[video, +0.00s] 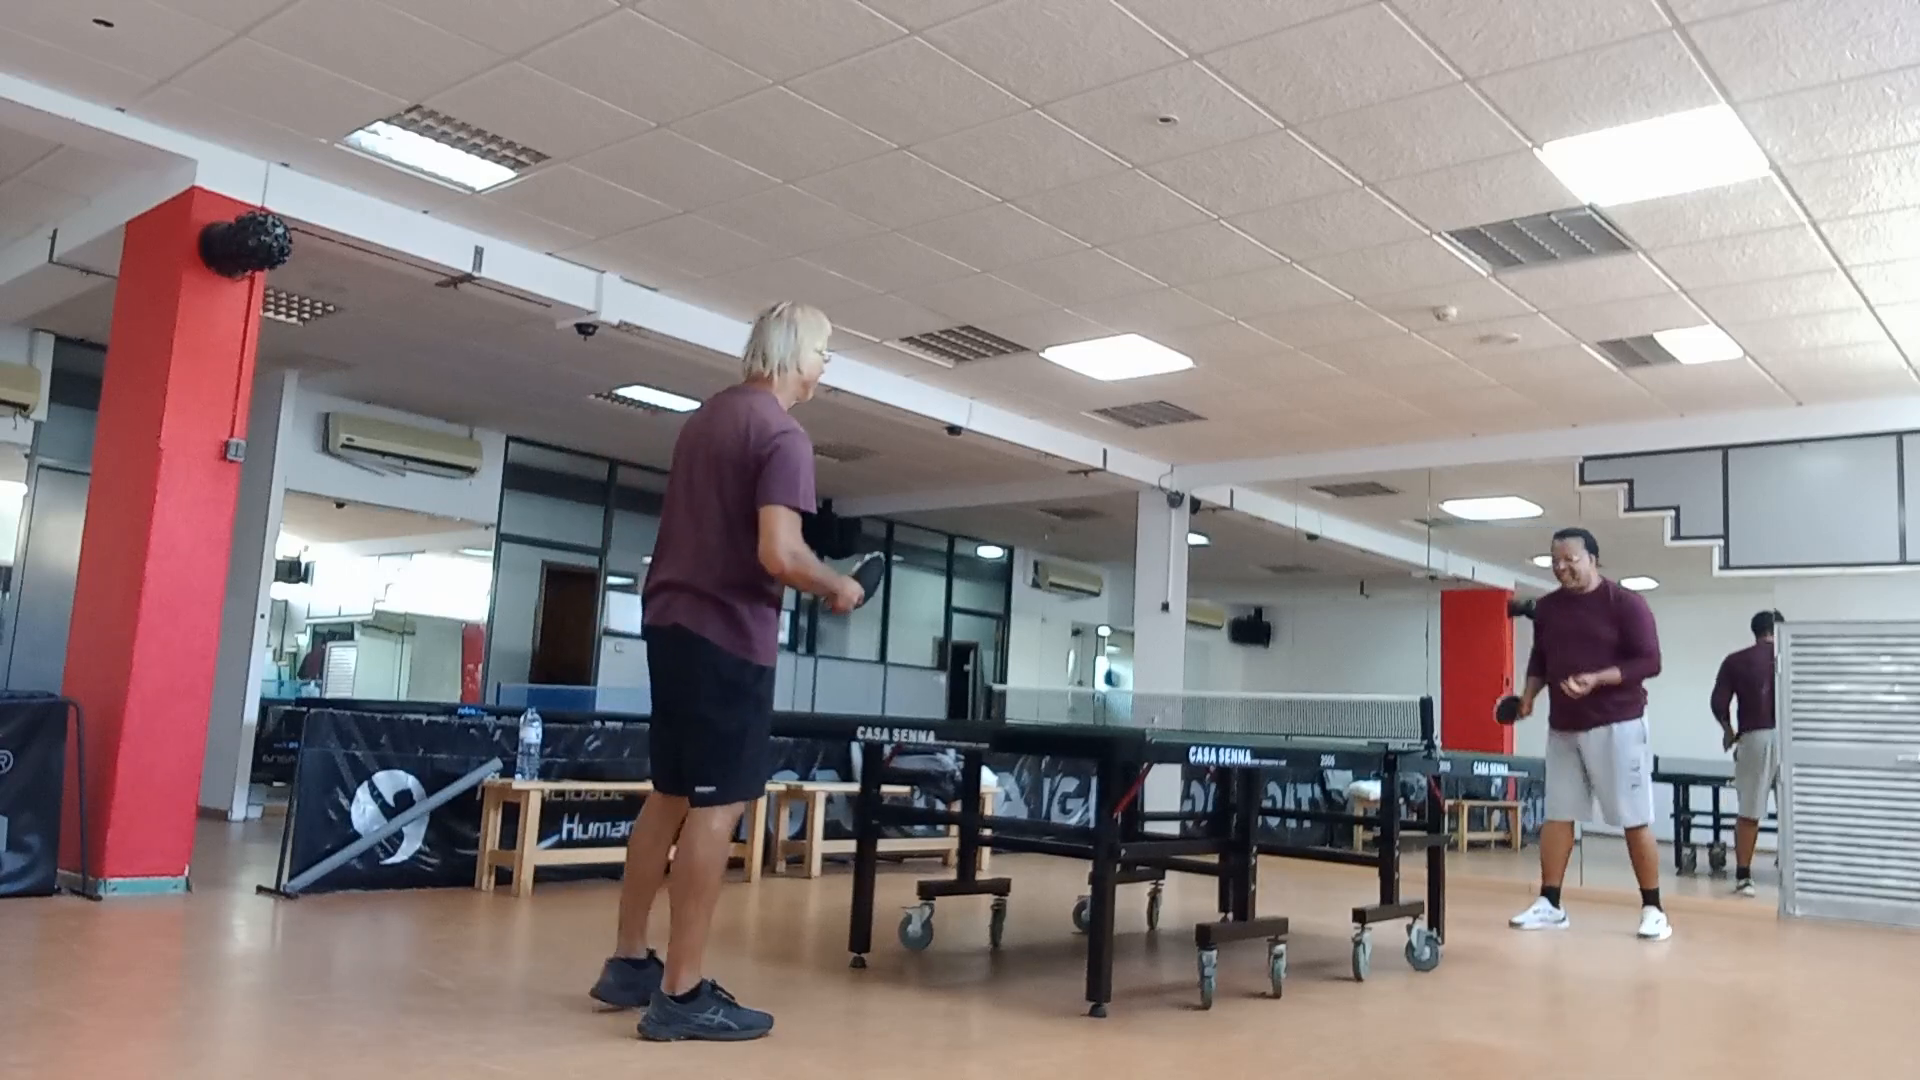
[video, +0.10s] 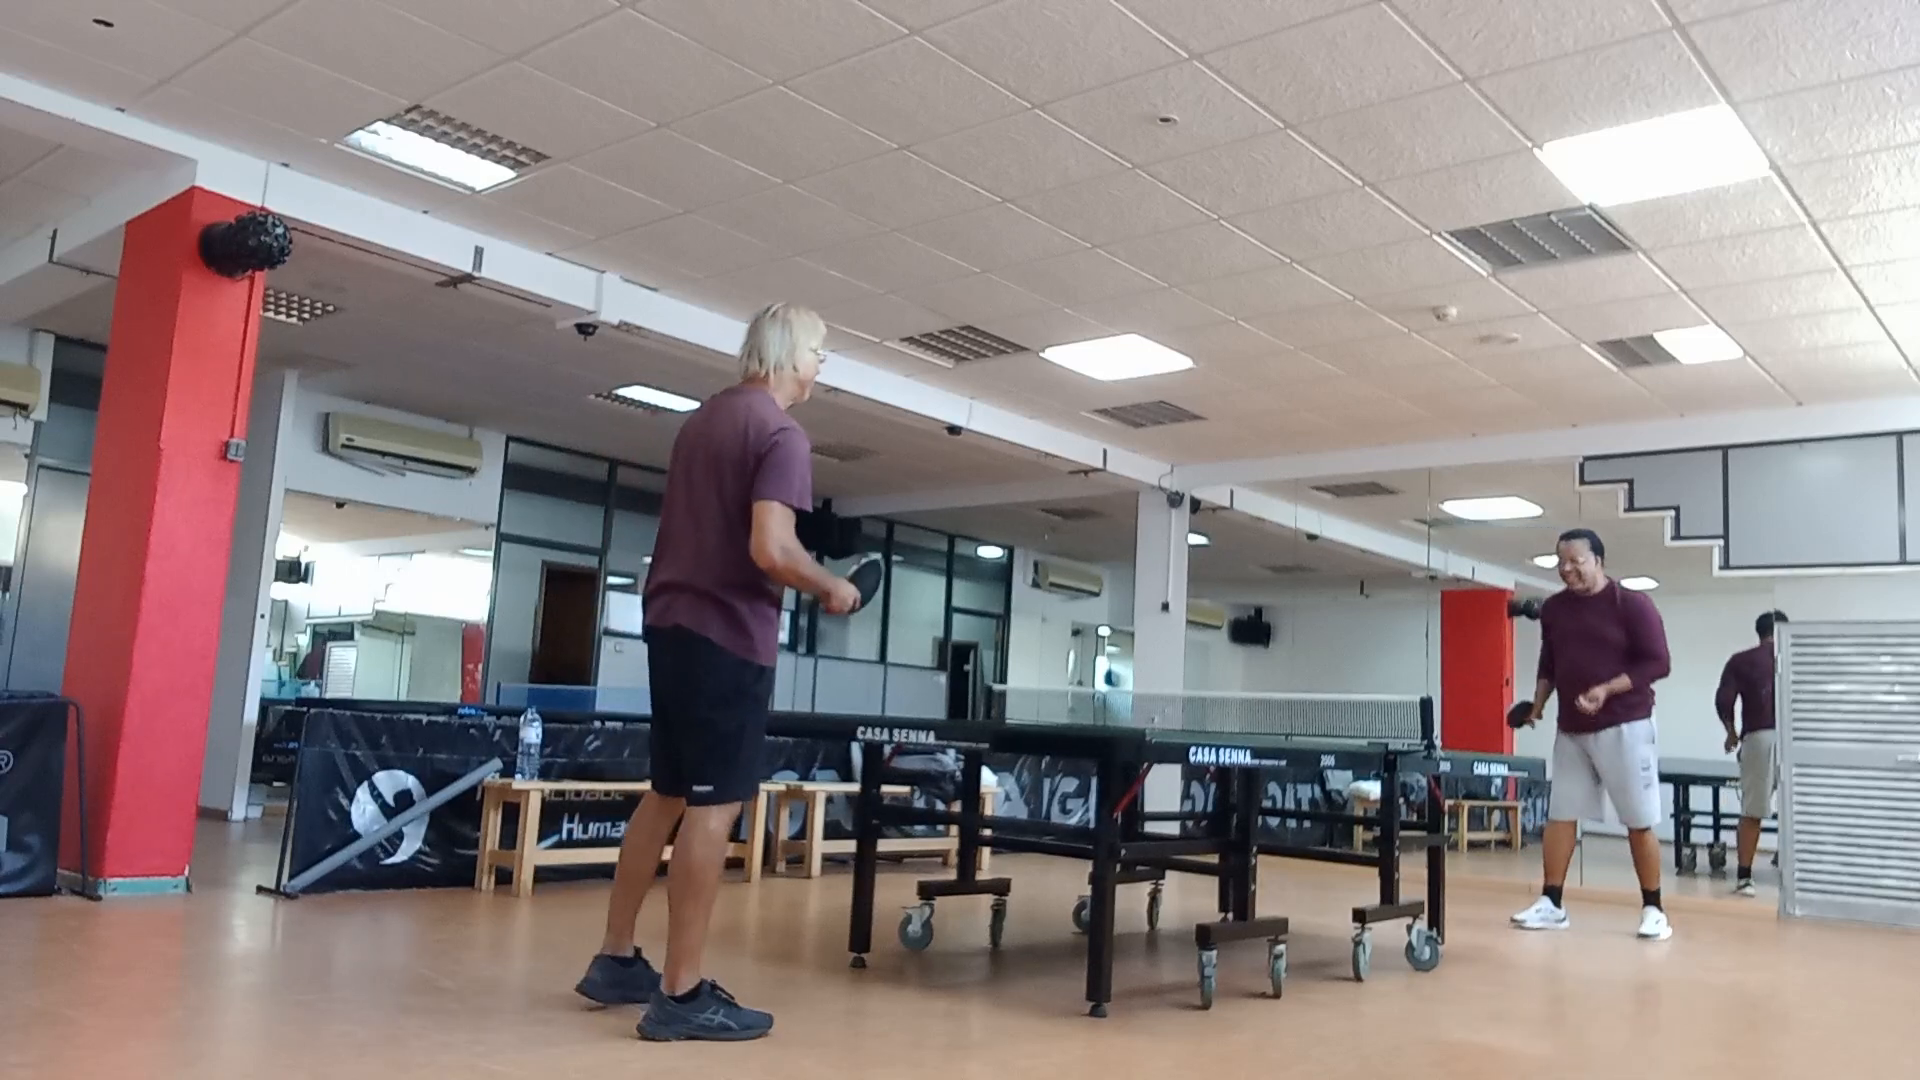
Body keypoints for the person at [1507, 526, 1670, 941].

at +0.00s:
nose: (1564, 568)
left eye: (1571, 559)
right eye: (1557, 562)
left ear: (1592, 558)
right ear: (1552, 567)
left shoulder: (1626, 604)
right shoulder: (1548, 607)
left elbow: (1650, 662)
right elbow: (1541, 658)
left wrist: (1598, 677)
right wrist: (1528, 694)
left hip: (1617, 727)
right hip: (1564, 728)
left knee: (1634, 819)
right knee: (1557, 814)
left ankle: (1652, 909)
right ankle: (1549, 904)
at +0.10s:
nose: (1569, 569)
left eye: (1576, 561)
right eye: (1562, 563)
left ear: (1598, 561)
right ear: (1558, 568)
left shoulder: (1632, 604)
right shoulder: (1554, 608)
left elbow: (1658, 663)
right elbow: (1549, 660)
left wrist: (1607, 687)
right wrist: (1537, 701)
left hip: (1624, 729)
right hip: (1572, 730)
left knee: (1639, 820)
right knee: (1561, 813)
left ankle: (1652, 909)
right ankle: (1551, 904)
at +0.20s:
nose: (1571, 575)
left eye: (1578, 567)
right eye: (1565, 569)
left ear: (1600, 564)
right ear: (1560, 571)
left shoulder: (1635, 606)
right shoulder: (1557, 610)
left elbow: (1662, 668)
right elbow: (1553, 662)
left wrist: (1616, 703)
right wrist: (1544, 706)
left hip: (1630, 731)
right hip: (1575, 731)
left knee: (1641, 823)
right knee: (1563, 812)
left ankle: (1653, 909)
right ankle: (1556, 903)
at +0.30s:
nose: (1569, 585)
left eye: (1576, 577)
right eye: (1563, 578)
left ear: (1598, 571)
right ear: (1557, 577)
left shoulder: (1632, 612)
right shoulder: (1555, 614)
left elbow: (1657, 677)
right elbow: (1551, 666)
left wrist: (1621, 721)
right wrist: (1546, 712)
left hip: (1632, 735)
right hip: (1577, 735)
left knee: (1640, 824)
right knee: (1567, 815)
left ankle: (1652, 910)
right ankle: (1559, 905)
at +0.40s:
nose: (1563, 595)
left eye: (1570, 587)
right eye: (1557, 588)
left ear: (1592, 582)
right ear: (1552, 588)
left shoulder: (1628, 622)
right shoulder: (1550, 624)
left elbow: (1649, 690)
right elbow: (1546, 676)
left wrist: (1618, 742)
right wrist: (1540, 725)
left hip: (1635, 736)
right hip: (1579, 737)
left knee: (1639, 826)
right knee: (1563, 815)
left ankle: (1652, 910)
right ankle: (1558, 905)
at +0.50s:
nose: (1559, 609)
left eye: (1566, 601)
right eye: (1552, 602)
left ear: (1589, 594)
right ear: (1547, 600)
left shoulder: (1624, 631)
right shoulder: (1545, 632)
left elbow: (1638, 700)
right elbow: (1540, 683)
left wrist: (1609, 751)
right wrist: (1533, 735)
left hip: (1633, 739)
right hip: (1578, 740)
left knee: (1636, 827)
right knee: (1559, 815)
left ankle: (1652, 911)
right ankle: (1558, 906)